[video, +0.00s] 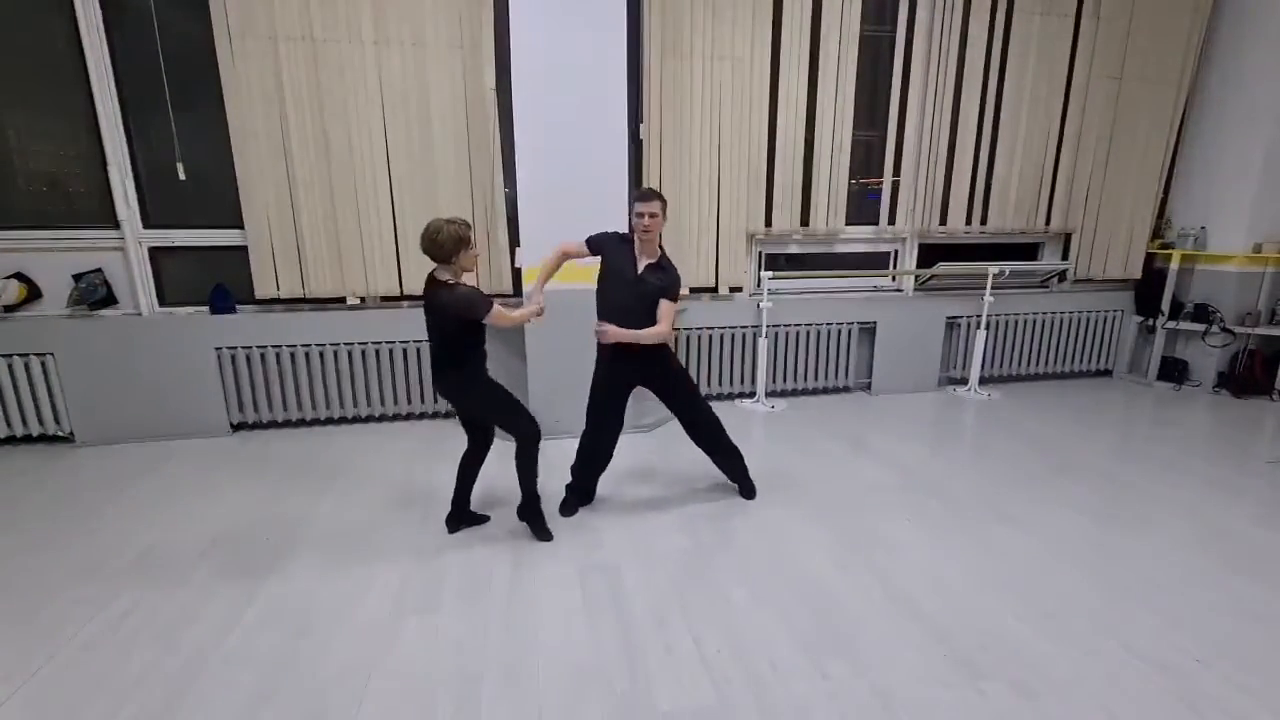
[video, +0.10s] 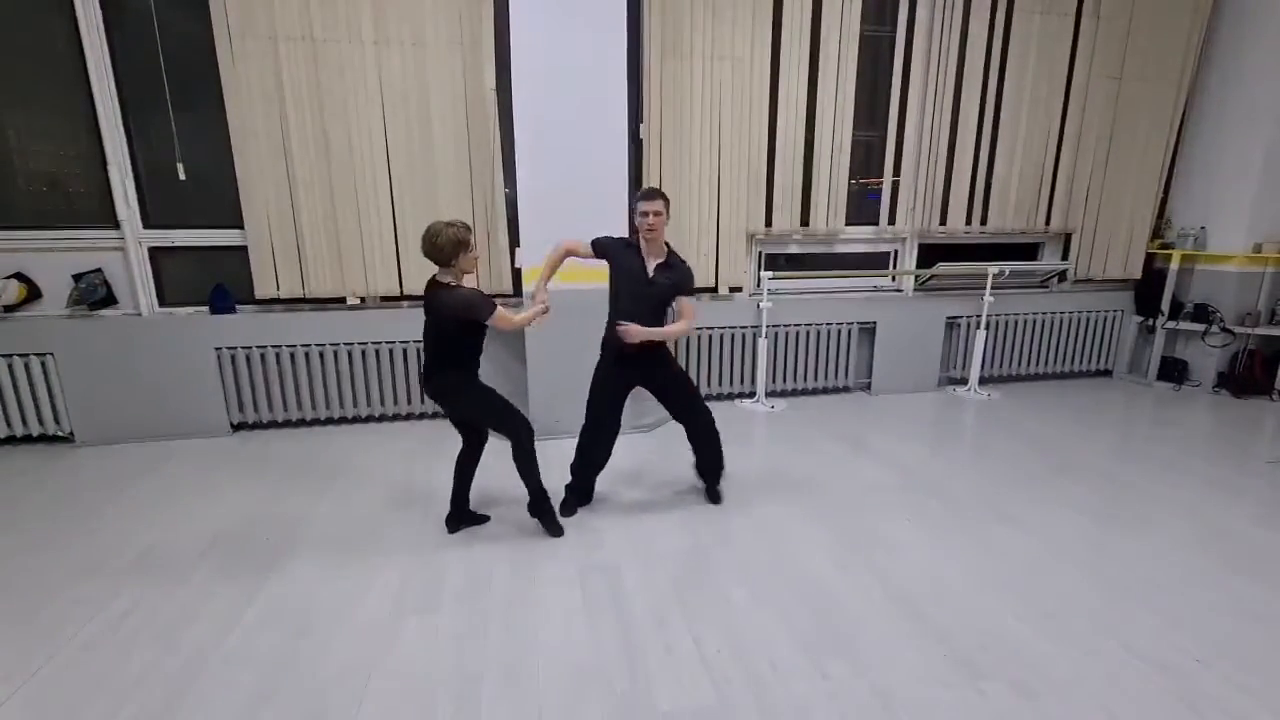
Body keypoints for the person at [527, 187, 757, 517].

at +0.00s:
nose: (645, 222)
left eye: (652, 216)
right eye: (639, 216)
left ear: (663, 220)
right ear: (630, 218)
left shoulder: (668, 275)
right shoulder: (611, 244)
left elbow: (664, 331)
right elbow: (563, 252)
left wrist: (620, 333)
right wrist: (536, 289)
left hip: (655, 357)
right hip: (613, 357)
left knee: (697, 415)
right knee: (599, 427)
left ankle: (739, 474)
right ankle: (578, 491)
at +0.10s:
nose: (650, 221)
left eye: (656, 215)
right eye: (643, 215)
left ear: (667, 219)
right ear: (634, 219)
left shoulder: (678, 270)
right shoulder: (617, 250)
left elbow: (687, 324)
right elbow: (564, 248)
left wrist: (646, 332)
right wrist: (541, 286)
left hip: (655, 358)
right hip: (615, 357)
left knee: (699, 418)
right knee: (597, 427)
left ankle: (711, 478)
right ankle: (577, 492)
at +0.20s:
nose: (654, 221)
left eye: (660, 214)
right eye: (647, 215)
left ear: (671, 218)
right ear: (638, 220)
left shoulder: (693, 264)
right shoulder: (627, 257)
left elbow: (711, 307)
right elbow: (574, 262)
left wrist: (681, 336)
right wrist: (556, 294)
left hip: (664, 359)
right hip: (624, 354)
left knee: (693, 429)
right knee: (589, 419)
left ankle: (690, 479)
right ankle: (568, 490)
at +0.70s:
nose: (630, 220)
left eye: (636, 212)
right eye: (623, 214)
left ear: (650, 214)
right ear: (617, 218)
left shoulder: (668, 251)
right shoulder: (614, 262)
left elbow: (673, 289)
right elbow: (582, 299)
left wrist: (687, 312)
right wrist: (543, 307)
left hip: (668, 351)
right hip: (633, 353)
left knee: (687, 418)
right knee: (595, 414)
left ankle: (693, 478)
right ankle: (544, 478)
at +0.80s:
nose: (616, 222)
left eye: (623, 214)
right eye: (612, 216)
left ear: (643, 214)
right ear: (610, 220)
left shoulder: (671, 251)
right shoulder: (611, 264)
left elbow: (693, 283)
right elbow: (594, 317)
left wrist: (699, 312)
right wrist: (566, 322)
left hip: (664, 351)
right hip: (626, 353)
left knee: (684, 418)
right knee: (591, 415)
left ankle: (692, 478)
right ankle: (541, 481)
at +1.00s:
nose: (604, 227)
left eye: (610, 219)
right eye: (601, 221)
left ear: (631, 218)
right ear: (602, 223)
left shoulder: (665, 255)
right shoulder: (604, 265)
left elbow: (695, 296)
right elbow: (586, 307)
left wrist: (677, 317)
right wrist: (578, 331)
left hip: (652, 352)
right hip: (611, 350)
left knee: (677, 416)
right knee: (573, 410)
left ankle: (691, 479)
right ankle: (533, 470)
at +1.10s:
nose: (603, 223)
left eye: (610, 217)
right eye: (600, 217)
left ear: (630, 217)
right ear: (597, 220)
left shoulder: (651, 260)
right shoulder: (591, 255)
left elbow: (675, 308)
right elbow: (550, 272)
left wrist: (650, 326)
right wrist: (520, 286)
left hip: (642, 356)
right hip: (602, 354)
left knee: (673, 418)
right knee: (568, 413)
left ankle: (691, 478)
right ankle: (527, 466)